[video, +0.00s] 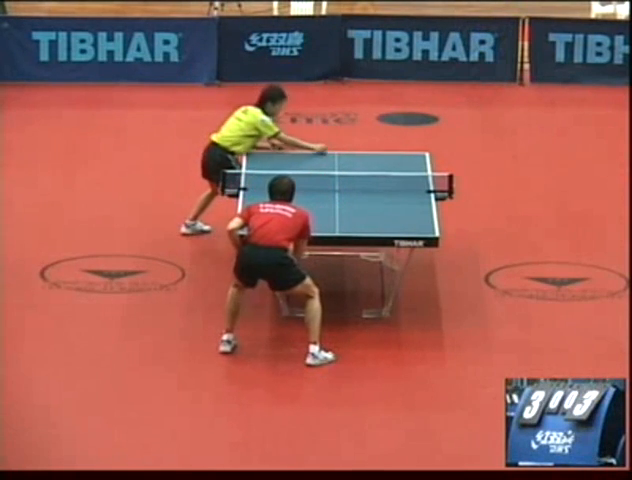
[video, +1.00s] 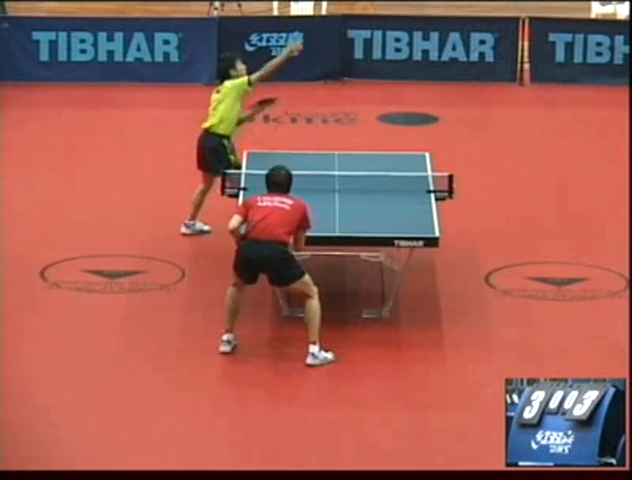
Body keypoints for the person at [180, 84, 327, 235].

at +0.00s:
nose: (281, 110)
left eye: (282, 106)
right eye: (280, 106)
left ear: (264, 102)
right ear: (270, 104)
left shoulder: (245, 110)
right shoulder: (260, 119)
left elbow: (246, 142)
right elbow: (284, 140)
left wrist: (269, 145)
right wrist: (313, 147)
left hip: (213, 149)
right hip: (224, 155)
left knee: (214, 190)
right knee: (245, 191)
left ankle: (191, 222)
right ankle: (244, 227)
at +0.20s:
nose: (287, 113)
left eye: (288, 109)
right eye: (286, 109)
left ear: (270, 105)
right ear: (276, 107)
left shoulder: (251, 112)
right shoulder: (267, 122)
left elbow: (251, 143)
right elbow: (292, 142)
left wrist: (276, 145)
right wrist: (320, 143)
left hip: (216, 151)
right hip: (227, 157)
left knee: (215, 190)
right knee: (246, 192)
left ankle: (191, 222)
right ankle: (243, 228)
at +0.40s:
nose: (288, 108)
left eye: (288, 103)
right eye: (286, 104)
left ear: (268, 102)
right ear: (275, 104)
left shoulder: (249, 109)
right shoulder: (268, 121)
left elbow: (249, 140)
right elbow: (293, 140)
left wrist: (275, 144)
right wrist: (319, 144)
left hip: (216, 149)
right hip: (228, 156)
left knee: (214, 190)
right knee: (246, 192)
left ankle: (191, 222)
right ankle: (244, 229)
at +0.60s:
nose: (272, 91)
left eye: (271, 88)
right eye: (269, 88)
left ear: (253, 90)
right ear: (260, 91)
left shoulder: (238, 103)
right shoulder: (261, 108)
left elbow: (246, 132)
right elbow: (289, 117)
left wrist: (269, 134)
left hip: (215, 144)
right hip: (229, 151)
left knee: (212, 188)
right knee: (241, 190)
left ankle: (191, 221)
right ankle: (244, 227)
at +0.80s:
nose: (256, 76)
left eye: (254, 72)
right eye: (252, 73)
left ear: (238, 79)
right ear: (243, 78)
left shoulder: (228, 96)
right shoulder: (247, 93)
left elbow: (240, 125)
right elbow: (275, 76)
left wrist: (265, 116)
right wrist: (297, 57)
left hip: (211, 142)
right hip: (225, 146)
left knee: (210, 185)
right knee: (246, 183)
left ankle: (191, 221)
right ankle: (248, 224)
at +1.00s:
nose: (244, 68)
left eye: (243, 64)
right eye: (241, 65)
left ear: (227, 73)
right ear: (232, 71)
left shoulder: (220, 91)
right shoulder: (234, 85)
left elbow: (232, 122)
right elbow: (263, 74)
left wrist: (256, 112)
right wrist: (287, 54)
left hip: (206, 137)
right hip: (219, 139)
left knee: (207, 184)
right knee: (240, 177)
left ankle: (191, 221)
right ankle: (245, 220)